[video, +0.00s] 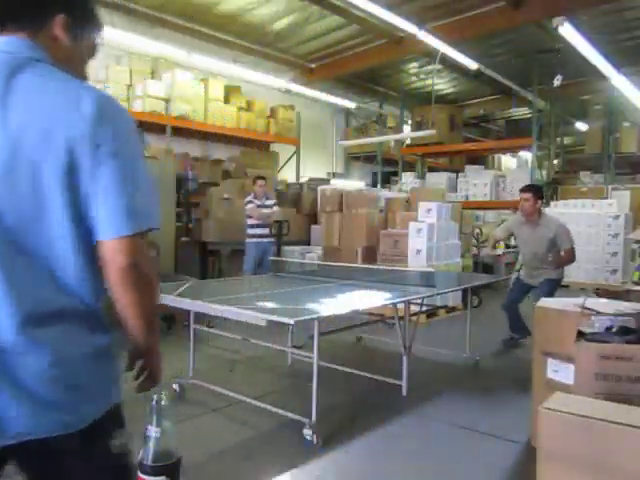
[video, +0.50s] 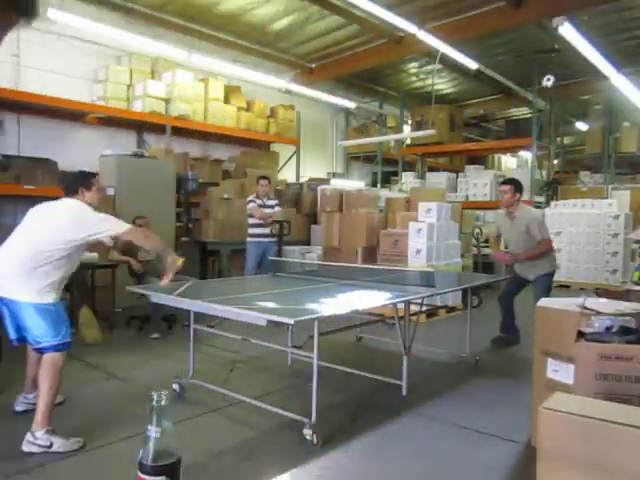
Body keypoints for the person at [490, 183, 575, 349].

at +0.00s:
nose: (521, 205)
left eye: (526, 200)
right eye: (520, 200)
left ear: (538, 203)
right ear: (519, 202)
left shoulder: (556, 227)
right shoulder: (516, 222)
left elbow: (570, 256)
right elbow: (496, 235)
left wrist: (554, 261)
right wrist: (491, 247)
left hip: (549, 274)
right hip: (527, 273)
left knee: (538, 303)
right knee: (509, 304)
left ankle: (544, 339)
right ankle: (519, 334)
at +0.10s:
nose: (520, 202)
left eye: (525, 197)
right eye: (519, 197)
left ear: (537, 200)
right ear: (517, 199)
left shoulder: (554, 225)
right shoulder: (516, 219)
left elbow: (570, 252)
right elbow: (495, 237)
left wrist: (554, 262)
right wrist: (497, 253)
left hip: (547, 273)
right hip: (525, 271)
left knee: (540, 305)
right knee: (506, 301)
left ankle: (543, 339)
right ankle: (512, 331)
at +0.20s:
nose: (517, 200)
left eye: (521, 196)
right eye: (516, 196)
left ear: (533, 199)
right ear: (516, 199)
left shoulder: (550, 223)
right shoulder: (514, 221)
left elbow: (566, 251)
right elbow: (497, 239)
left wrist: (543, 261)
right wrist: (505, 258)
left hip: (546, 273)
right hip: (523, 272)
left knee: (537, 308)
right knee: (504, 301)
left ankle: (543, 343)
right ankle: (509, 333)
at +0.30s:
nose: (511, 200)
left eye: (516, 196)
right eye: (511, 195)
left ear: (528, 199)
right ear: (511, 199)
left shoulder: (544, 222)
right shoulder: (509, 221)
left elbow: (558, 251)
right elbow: (498, 241)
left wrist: (531, 262)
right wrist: (505, 256)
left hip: (544, 272)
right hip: (522, 272)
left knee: (534, 305)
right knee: (504, 301)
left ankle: (542, 342)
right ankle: (509, 334)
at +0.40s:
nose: (506, 199)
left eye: (510, 195)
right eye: (505, 195)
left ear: (522, 198)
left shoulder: (537, 219)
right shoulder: (505, 220)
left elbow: (551, 249)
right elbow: (497, 242)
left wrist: (525, 261)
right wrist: (501, 256)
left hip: (541, 270)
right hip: (521, 271)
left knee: (537, 308)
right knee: (503, 299)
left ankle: (541, 345)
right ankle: (509, 334)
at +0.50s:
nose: (500, 197)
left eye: (504, 193)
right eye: (500, 193)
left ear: (516, 196)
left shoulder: (533, 217)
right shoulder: (503, 218)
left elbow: (547, 244)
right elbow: (495, 239)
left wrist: (517, 257)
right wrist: (497, 252)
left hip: (542, 268)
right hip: (521, 268)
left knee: (541, 307)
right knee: (504, 296)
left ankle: (545, 344)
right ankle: (509, 333)